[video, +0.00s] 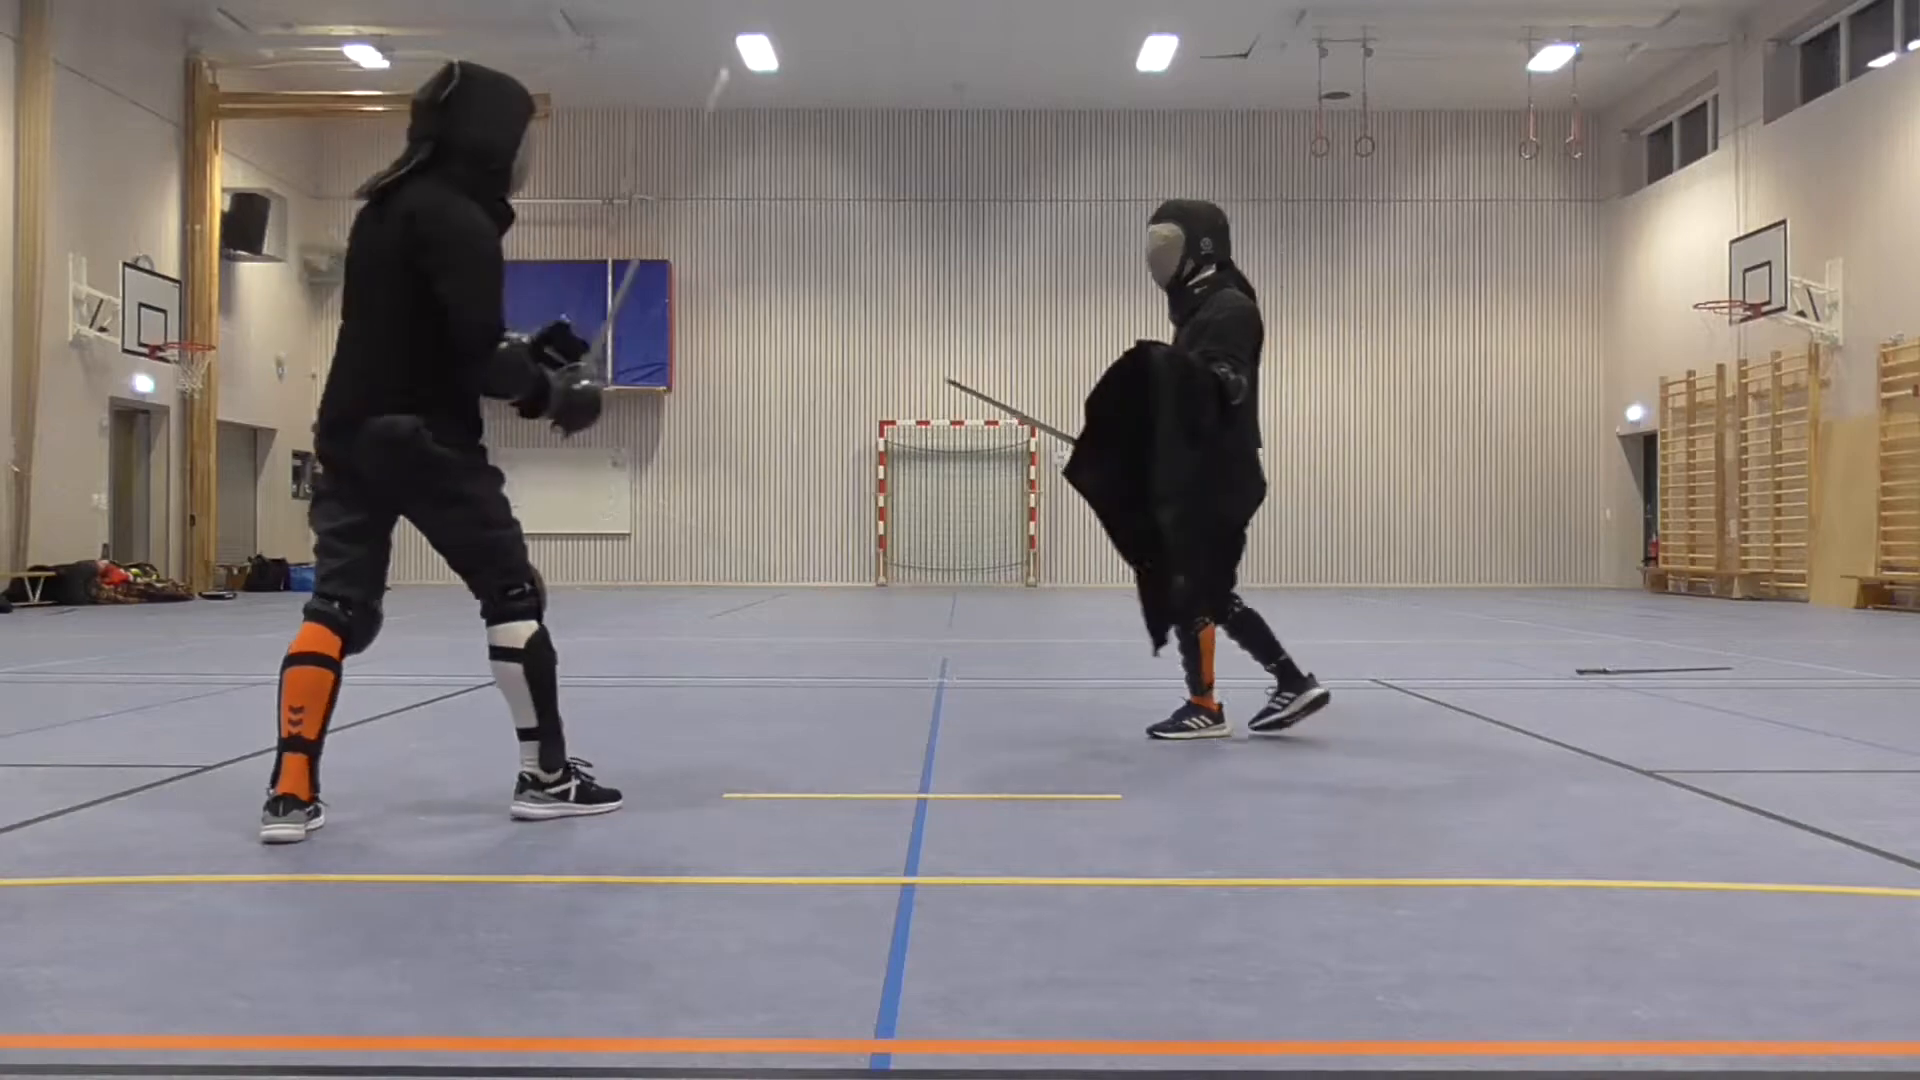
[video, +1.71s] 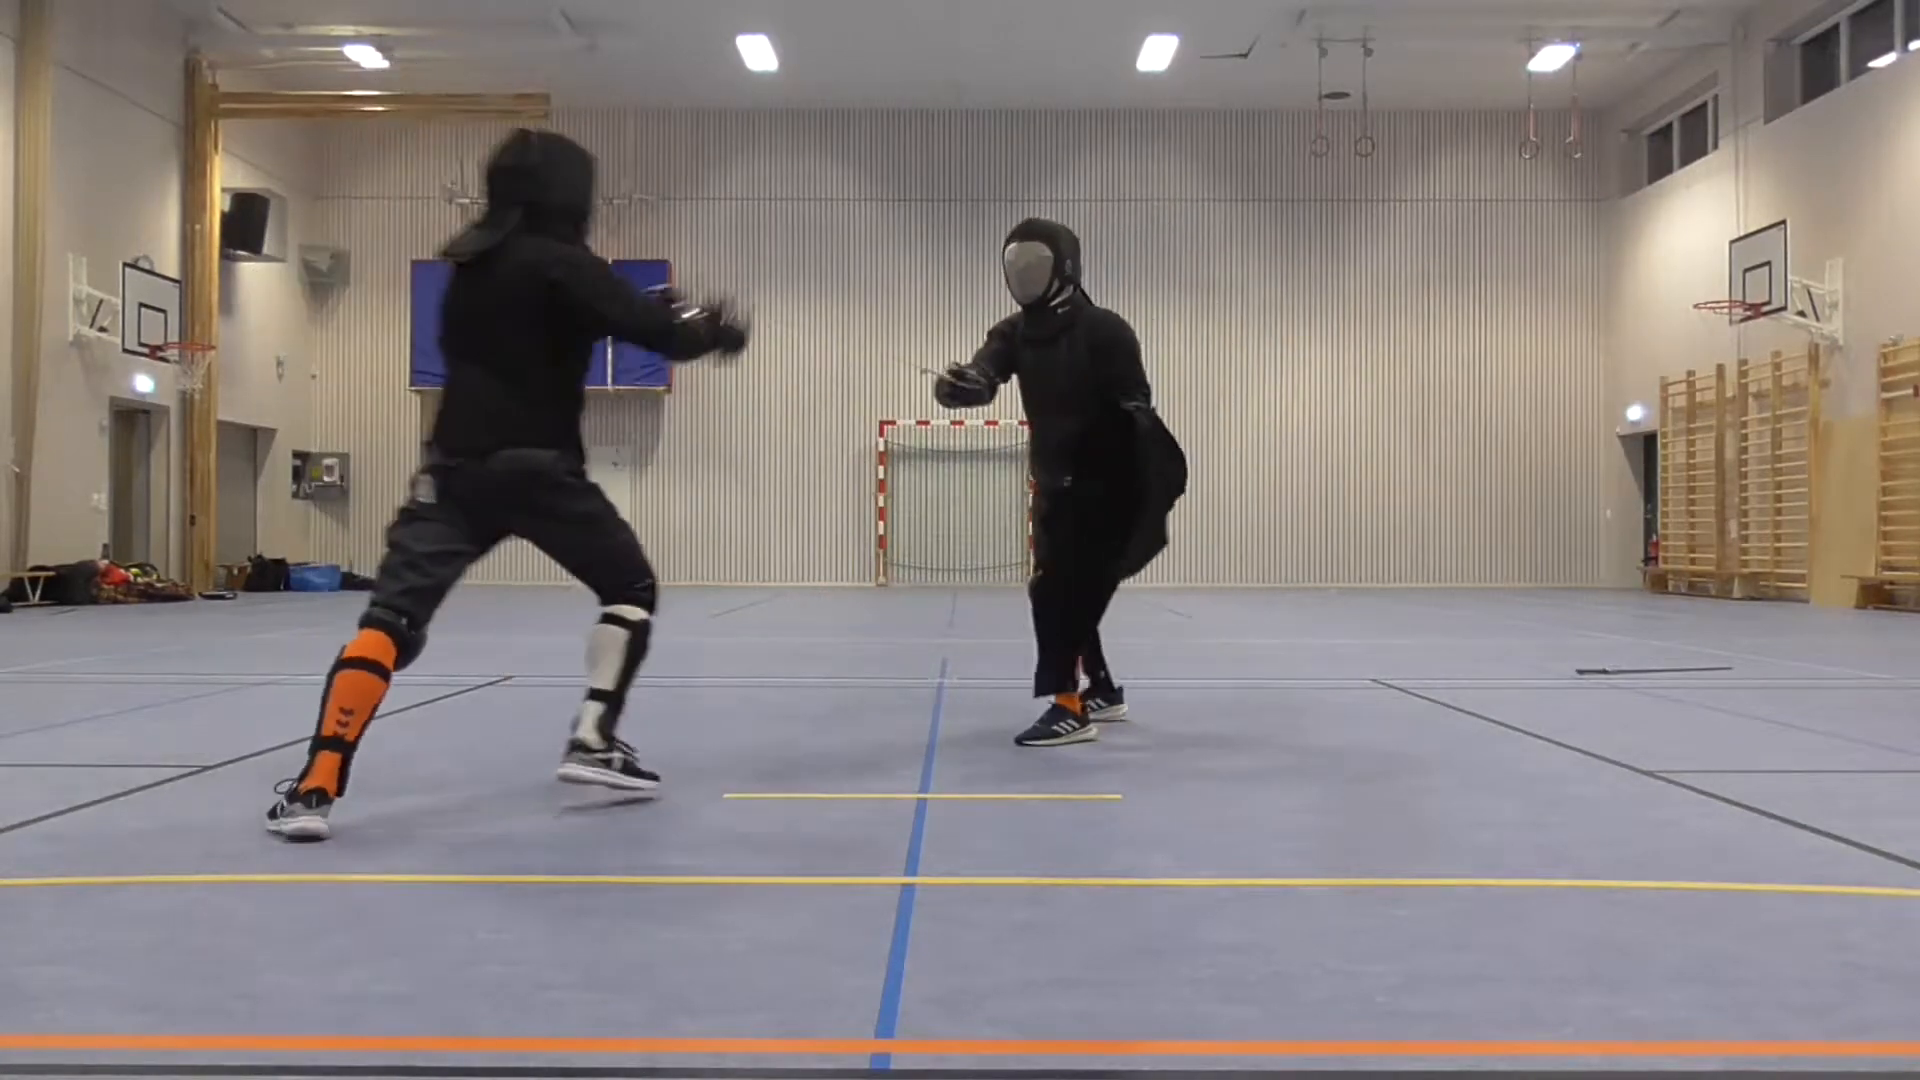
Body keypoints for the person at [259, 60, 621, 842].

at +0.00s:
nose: (520, 157)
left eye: (522, 140)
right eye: (515, 139)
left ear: (446, 127)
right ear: (485, 136)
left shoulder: (384, 205)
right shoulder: (460, 221)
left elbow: (415, 336)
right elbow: (477, 355)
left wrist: (517, 350)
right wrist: (544, 390)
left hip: (347, 433)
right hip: (428, 436)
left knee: (337, 605)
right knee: (509, 589)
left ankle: (290, 791)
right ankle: (545, 768)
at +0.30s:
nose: (530, 154)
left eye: (531, 138)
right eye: (525, 138)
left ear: (453, 129)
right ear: (497, 136)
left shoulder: (391, 207)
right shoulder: (484, 216)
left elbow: (417, 332)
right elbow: (499, 353)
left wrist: (522, 326)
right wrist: (546, 446)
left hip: (368, 432)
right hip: (459, 435)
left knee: (344, 603)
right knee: (526, 592)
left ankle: (294, 786)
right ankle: (546, 767)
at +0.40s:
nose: (521, 149)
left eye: (521, 135)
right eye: (515, 134)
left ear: (435, 128)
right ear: (491, 134)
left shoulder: (372, 215)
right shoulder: (492, 214)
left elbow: (373, 326)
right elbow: (524, 344)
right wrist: (554, 445)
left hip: (373, 435)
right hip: (471, 435)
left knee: (345, 600)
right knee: (526, 592)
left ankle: (301, 782)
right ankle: (545, 766)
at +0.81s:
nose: (456, 144)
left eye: (453, 131)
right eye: (452, 131)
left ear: (364, 128)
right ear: (431, 130)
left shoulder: (308, 214)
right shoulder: (451, 212)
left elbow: (257, 335)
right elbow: (507, 339)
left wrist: (324, 379)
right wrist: (540, 437)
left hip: (341, 439)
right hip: (446, 434)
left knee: (327, 601)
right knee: (517, 575)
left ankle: (308, 790)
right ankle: (547, 752)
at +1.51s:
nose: (508, 162)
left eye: (508, 149)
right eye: (502, 148)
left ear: (418, 145)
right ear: (481, 147)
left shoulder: (366, 231)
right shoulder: (492, 226)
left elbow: (354, 330)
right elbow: (536, 345)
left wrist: (410, 385)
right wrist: (586, 426)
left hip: (384, 441)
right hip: (480, 440)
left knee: (348, 602)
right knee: (553, 580)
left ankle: (309, 789)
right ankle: (538, 749)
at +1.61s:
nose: (533, 178)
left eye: (532, 165)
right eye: (527, 165)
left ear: (445, 164)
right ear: (507, 165)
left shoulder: (405, 253)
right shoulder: (519, 243)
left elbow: (462, 351)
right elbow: (577, 341)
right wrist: (643, 400)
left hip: (414, 458)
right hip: (506, 457)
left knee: (366, 609)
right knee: (587, 583)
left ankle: (314, 782)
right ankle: (552, 743)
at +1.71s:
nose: (586, 209)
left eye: (583, 197)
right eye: (582, 197)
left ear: (502, 193)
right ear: (566, 198)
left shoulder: (469, 262)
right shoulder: (566, 267)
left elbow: (548, 321)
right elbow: (655, 328)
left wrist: (637, 305)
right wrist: (711, 329)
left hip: (455, 470)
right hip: (541, 470)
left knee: (389, 617)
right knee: (630, 592)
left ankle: (315, 788)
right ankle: (593, 742)